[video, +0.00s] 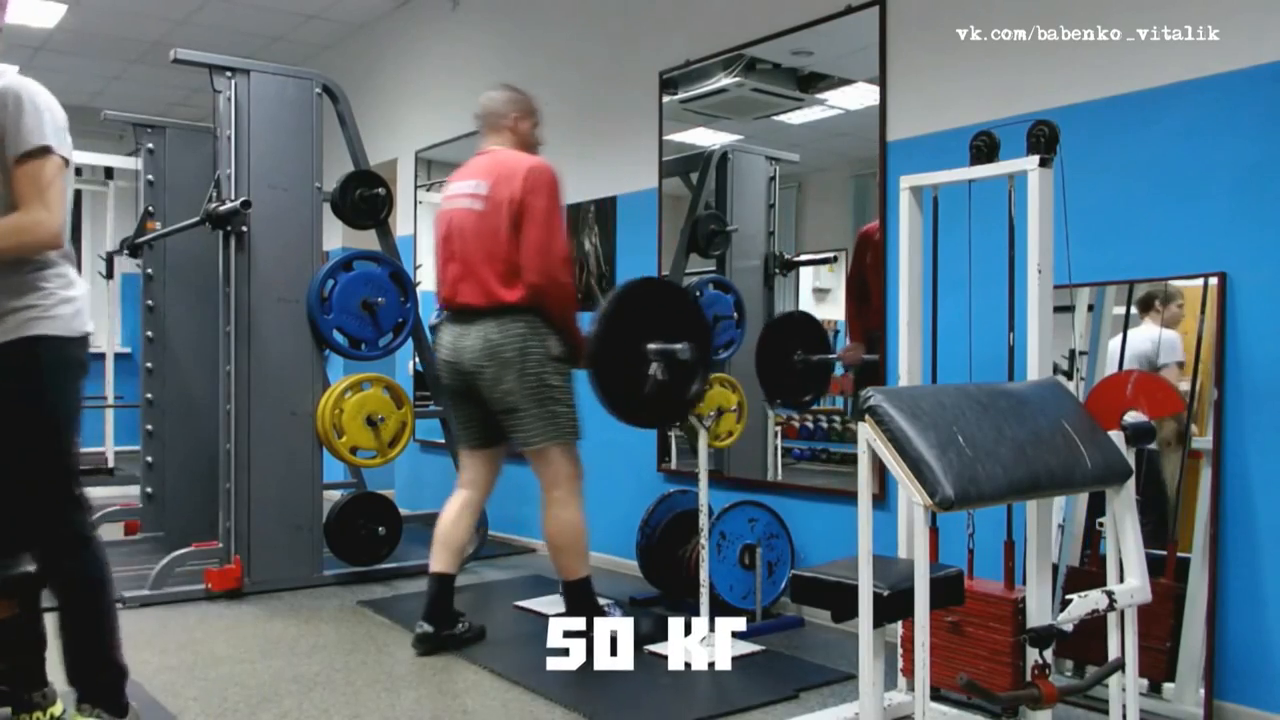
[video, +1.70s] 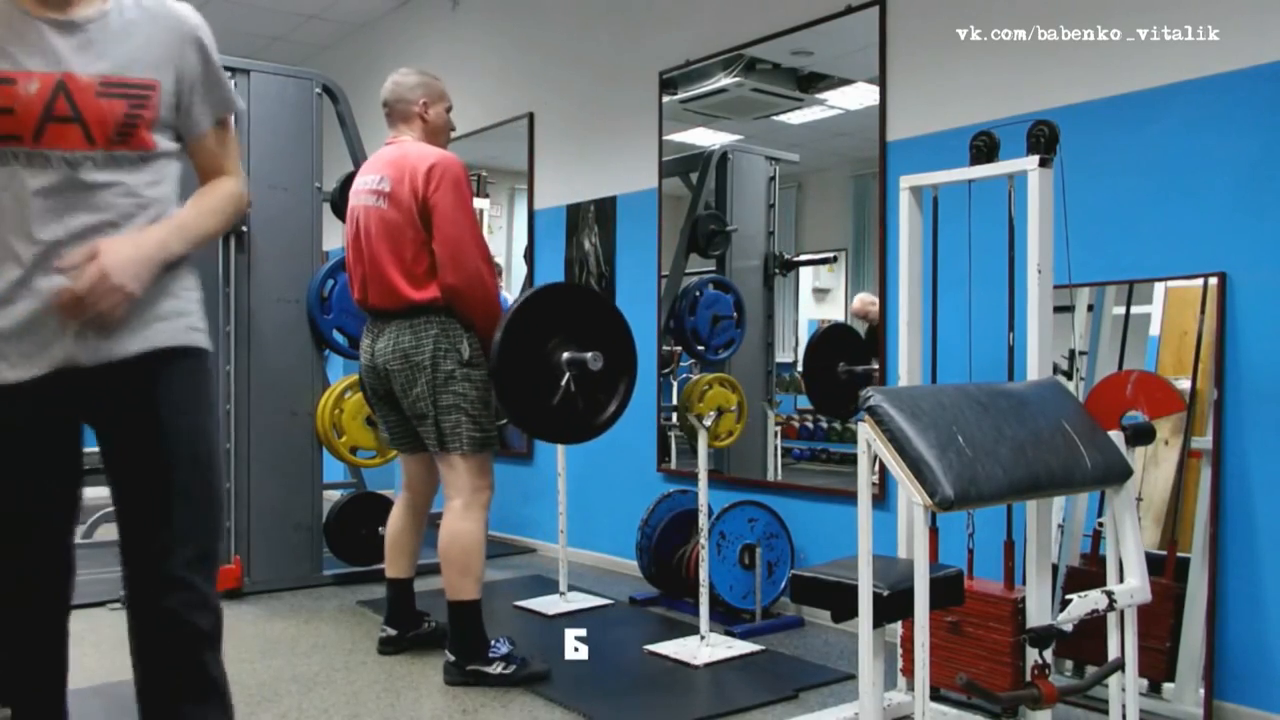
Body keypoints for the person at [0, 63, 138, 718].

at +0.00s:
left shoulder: (19, 94)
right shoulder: (21, 98)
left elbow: (44, 225)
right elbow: (41, 224)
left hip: (37, 328)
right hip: (10, 336)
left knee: (53, 516)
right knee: (6, 529)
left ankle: (103, 700)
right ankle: (24, 693)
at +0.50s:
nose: (30, 27)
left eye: (51, 15)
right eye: (26, 13)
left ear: (94, 34)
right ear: (19, 25)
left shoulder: (124, 130)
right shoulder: (13, 124)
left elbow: (156, 258)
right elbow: (10, 234)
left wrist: (28, 265)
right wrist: (8, 275)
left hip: (132, 350)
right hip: (56, 352)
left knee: (145, 520)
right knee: (52, 511)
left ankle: (161, 685)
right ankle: (38, 669)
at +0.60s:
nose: (54, 13)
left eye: (74, 2)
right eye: (48, 2)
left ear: (114, 20)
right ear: (39, 15)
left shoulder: (145, 115)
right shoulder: (25, 113)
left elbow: (197, 237)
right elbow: (10, 213)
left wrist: (66, 265)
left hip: (146, 346)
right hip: (67, 347)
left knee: (155, 517)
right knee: (73, 501)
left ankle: (164, 685)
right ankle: (94, 647)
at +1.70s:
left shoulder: (171, 26)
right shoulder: (8, 27)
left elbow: (229, 183)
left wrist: (149, 245)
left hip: (155, 339)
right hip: (18, 351)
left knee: (177, 598)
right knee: (24, 602)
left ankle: (191, 715)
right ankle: (35, 712)